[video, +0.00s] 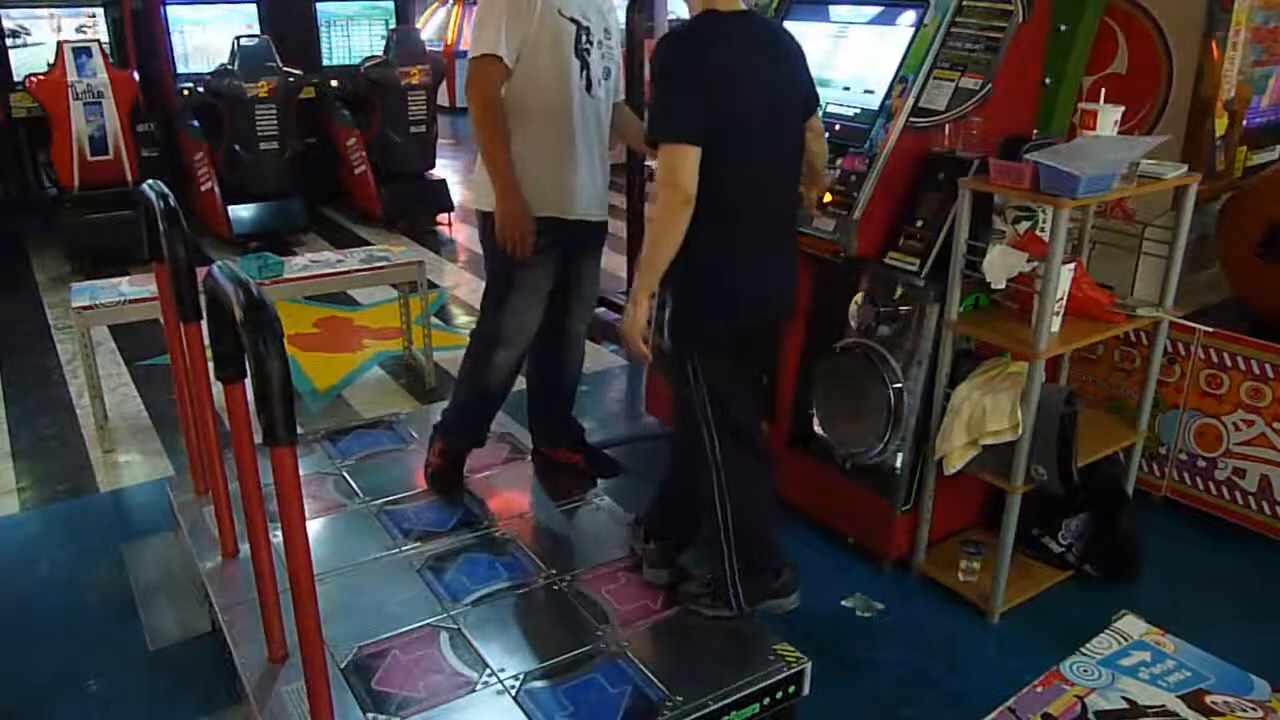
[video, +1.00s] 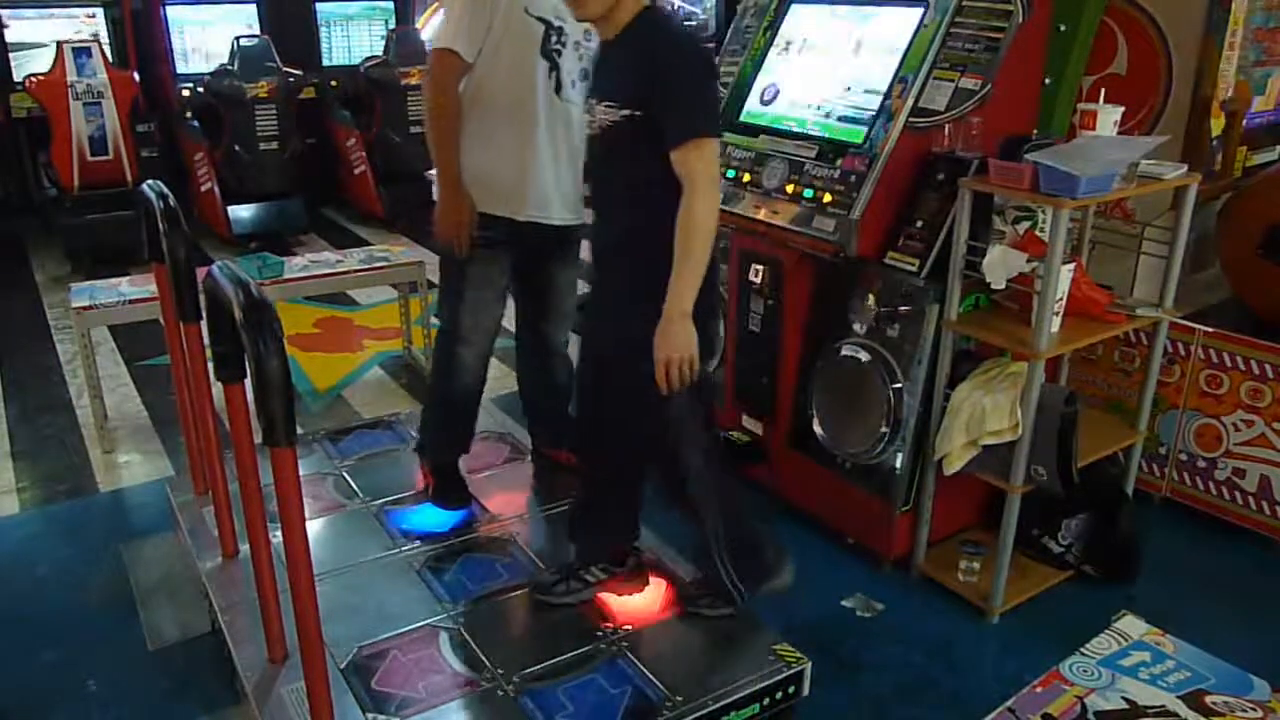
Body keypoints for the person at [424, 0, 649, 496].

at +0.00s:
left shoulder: (609, 11)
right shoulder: (516, 1)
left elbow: (607, 103)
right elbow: (482, 84)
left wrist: (662, 149)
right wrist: (506, 193)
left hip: (586, 204)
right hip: (523, 202)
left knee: (566, 338)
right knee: (506, 337)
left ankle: (556, 445)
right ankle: (451, 445)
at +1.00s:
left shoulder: (589, 16)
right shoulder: (487, 3)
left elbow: (590, 108)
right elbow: (441, 76)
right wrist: (450, 189)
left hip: (558, 207)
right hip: (484, 204)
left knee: (551, 344)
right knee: (466, 349)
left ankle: (554, 448)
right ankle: (442, 464)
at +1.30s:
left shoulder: (543, 11)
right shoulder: (421, 5)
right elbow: (383, 96)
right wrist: (398, 210)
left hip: (527, 218)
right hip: (442, 219)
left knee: (544, 358)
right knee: (427, 361)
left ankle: (559, 470)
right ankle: (407, 467)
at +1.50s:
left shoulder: (497, 8)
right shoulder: (366, 6)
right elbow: (327, 99)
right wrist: (332, 214)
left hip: (483, 207)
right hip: (394, 214)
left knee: (517, 350)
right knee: (406, 355)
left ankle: (548, 466)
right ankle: (408, 469)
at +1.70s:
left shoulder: (474, 7)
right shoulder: (337, 5)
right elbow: (263, 88)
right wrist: (253, 213)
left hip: (459, 202)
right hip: (375, 209)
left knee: (476, 337)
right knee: (395, 347)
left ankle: (471, 447)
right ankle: (408, 467)